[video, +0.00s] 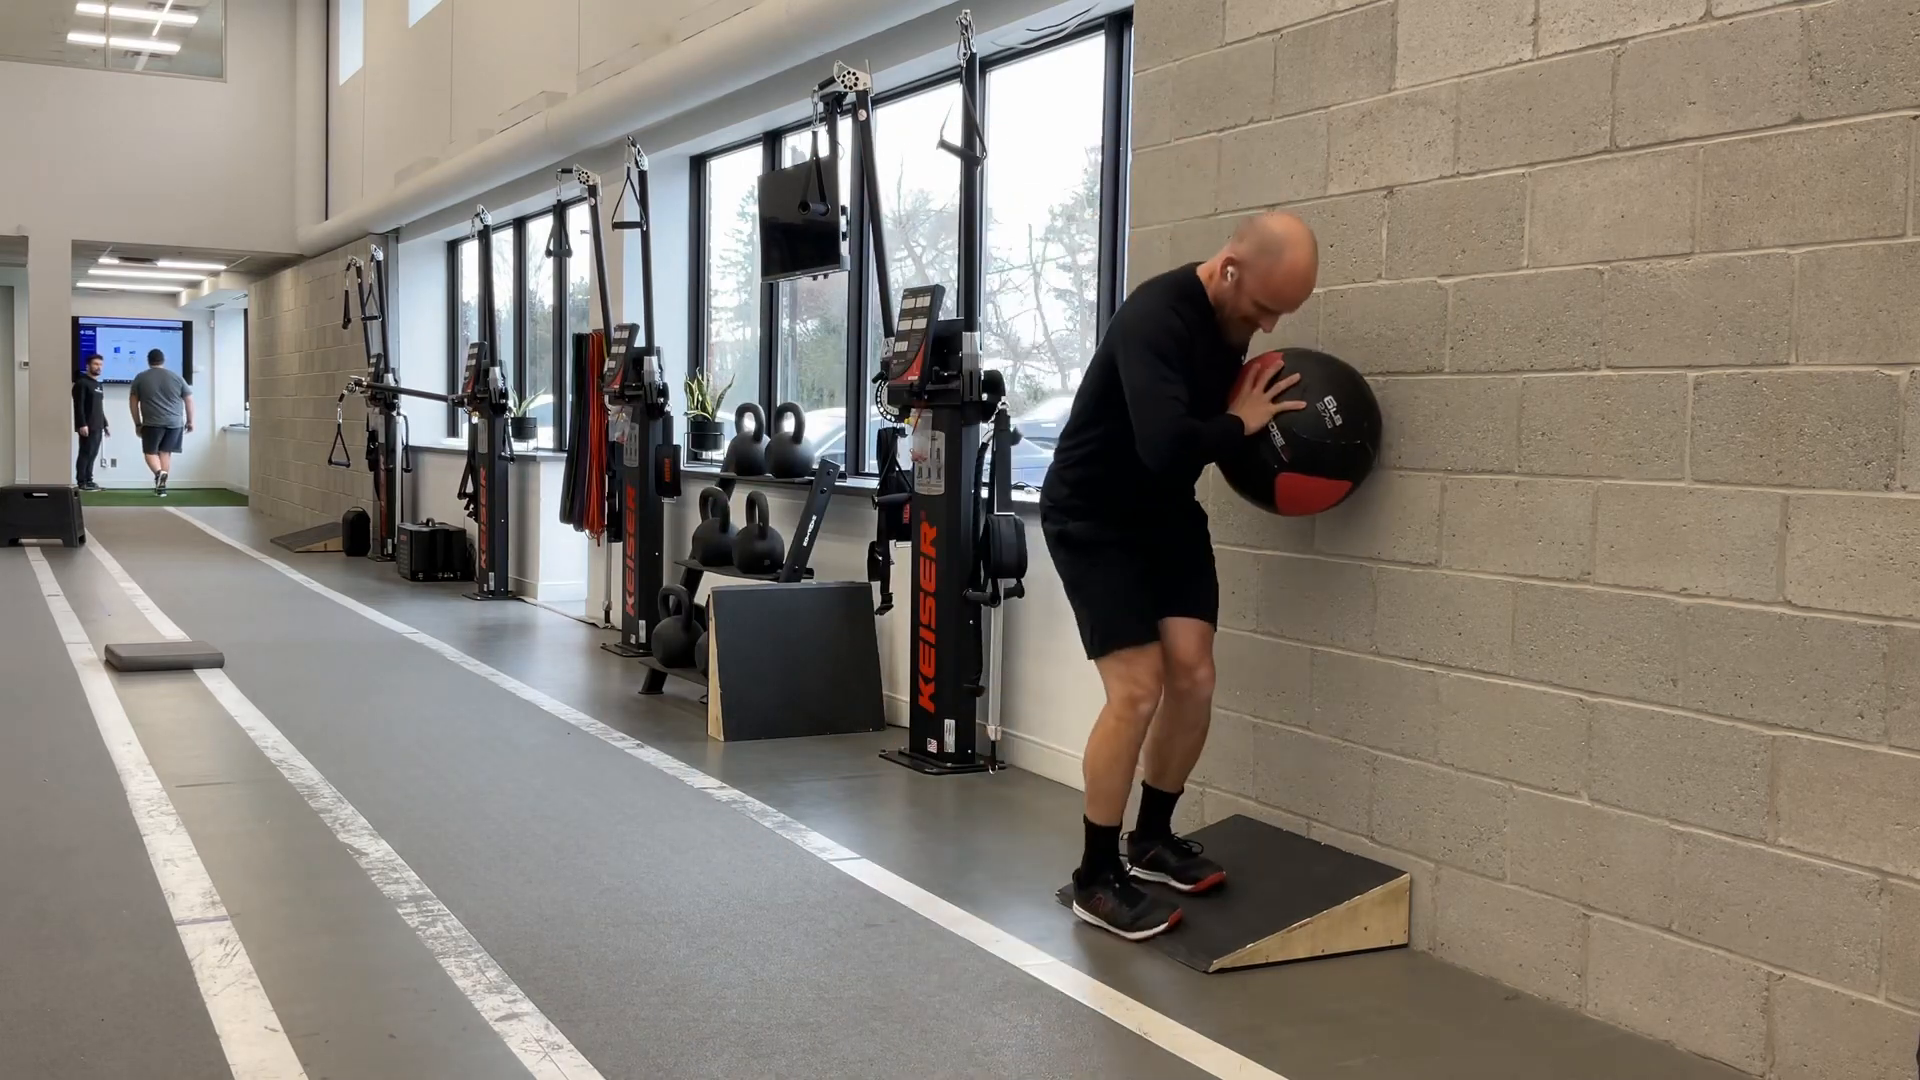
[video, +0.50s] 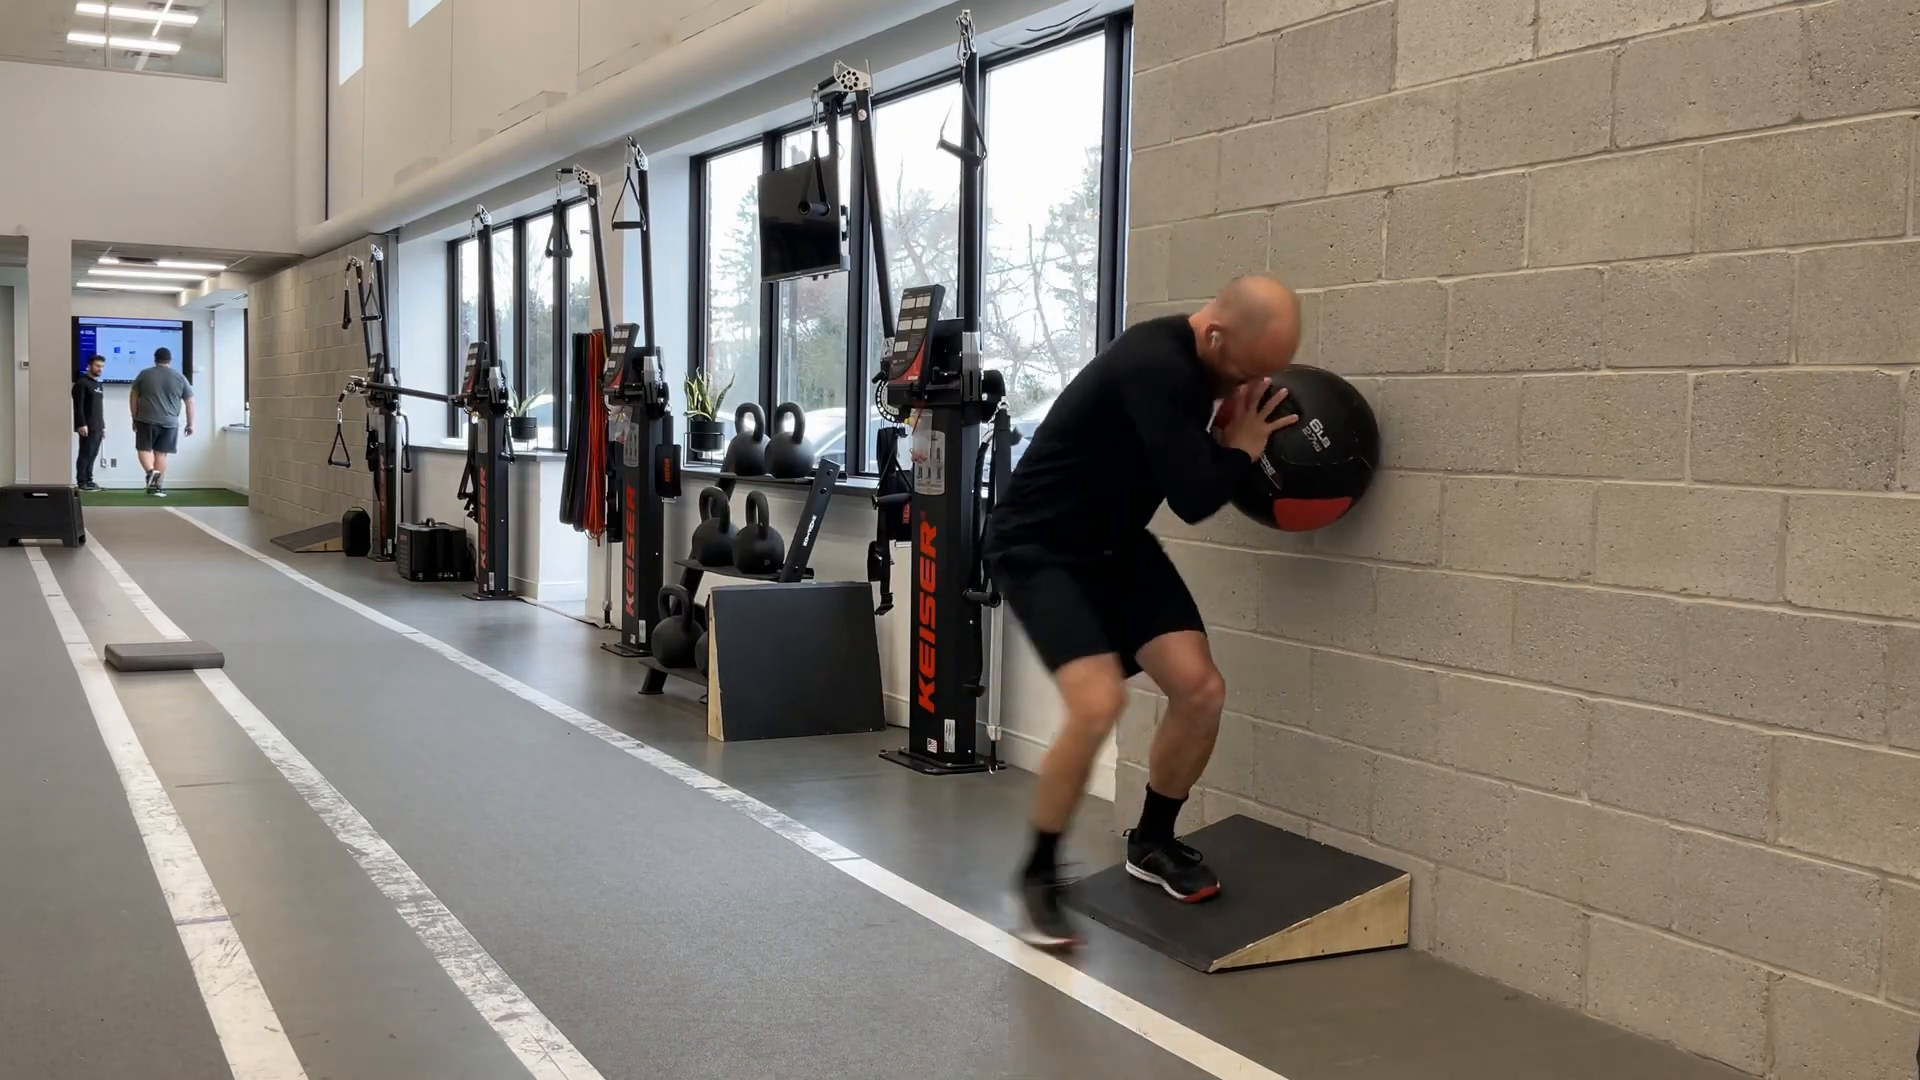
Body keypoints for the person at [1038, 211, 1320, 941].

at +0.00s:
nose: (1267, 327)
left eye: (1280, 315)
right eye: (1261, 309)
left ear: (1290, 292)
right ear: (1226, 268)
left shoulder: (1235, 327)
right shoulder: (1157, 316)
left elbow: (1227, 437)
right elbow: (1163, 446)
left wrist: (1287, 470)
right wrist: (1237, 423)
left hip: (1169, 505)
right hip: (1093, 507)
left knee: (1193, 676)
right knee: (1138, 686)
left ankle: (1151, 839)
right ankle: (1096, 876)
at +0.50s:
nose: (1256, 380)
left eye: (1266, 368)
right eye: (1253, 365)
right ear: (1213, 334)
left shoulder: (1205, 363)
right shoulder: (1155, 365)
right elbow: (1193, 502)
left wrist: (1230, 439)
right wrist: (1235, 444)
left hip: (1114, 538)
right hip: (1035, 538)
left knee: (1200, 691)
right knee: (1097, 702)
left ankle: (1152, 842)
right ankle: (1039, 873)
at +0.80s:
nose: (996, 267)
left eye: (1008, 254)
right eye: (986, 248)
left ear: (1014, 249)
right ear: (949, 228)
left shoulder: (993, 317)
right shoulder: (903, 292)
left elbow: (1028, 419)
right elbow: (976, 389)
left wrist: (1120, 460)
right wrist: (1072, 399)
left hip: (932, 526)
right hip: (842, 517)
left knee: (1022, 680)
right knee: (731, 661)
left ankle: (1108, 837)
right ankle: (576, 858)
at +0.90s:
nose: (886, 265)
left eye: (896, 249)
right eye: (874, 245)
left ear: (900, 240)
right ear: (827, 223)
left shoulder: (886, 310)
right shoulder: (777, 276)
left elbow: (916, 422)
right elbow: (765, 393)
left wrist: (967, 422)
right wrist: (869, 386)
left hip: (822, 535)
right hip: (730, 530)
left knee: (952, 679)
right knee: (630, 700)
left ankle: (913, 844)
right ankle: (457, 889)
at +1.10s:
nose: (647, 397)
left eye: (663, 379)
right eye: (631, 377)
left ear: (683, 358)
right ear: (592, 348)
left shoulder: (702, 446)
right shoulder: (521, 410)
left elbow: (717, 570)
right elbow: (396, 495)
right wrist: (498, 521)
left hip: (616, 648)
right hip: (506, 632)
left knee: (681, 801)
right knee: (487, 797)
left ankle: (517, 867)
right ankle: (347, 965)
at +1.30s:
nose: (550, 469)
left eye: (569, 453)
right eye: (533, 450)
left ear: (596, 426)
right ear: (499, 415)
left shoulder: (623, 513)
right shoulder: (445, 443)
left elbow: (603, 659)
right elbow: (278, 444)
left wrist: (511, 695)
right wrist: (332, 498)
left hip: (547, 684)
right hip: (431, 661)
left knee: (533, 841)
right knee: (436, 791)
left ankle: (410, 877)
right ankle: (343, 960)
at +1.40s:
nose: (542, 463)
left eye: (560, 446)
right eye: (524, 444)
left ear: (586, 413)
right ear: (487, 403)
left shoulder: (613, 498)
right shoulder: (440, 430)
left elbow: (591, 642)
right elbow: (269, 420)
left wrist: (491, 674)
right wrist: (327, 472)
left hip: (546, 659)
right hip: (429, 647)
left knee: (607, 793)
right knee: (433, 780)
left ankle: (466, 870)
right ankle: (344, 961)